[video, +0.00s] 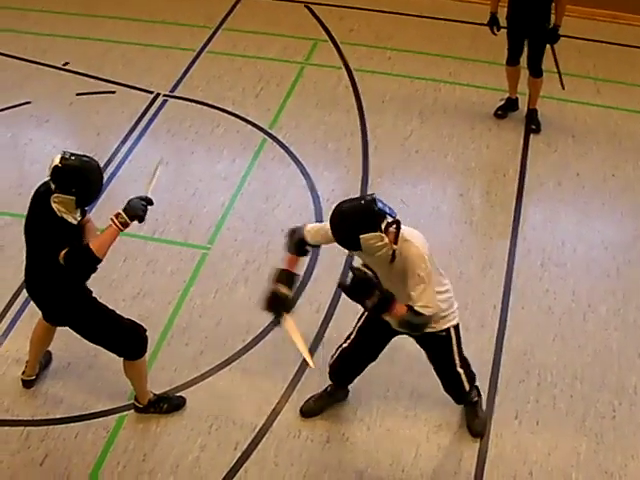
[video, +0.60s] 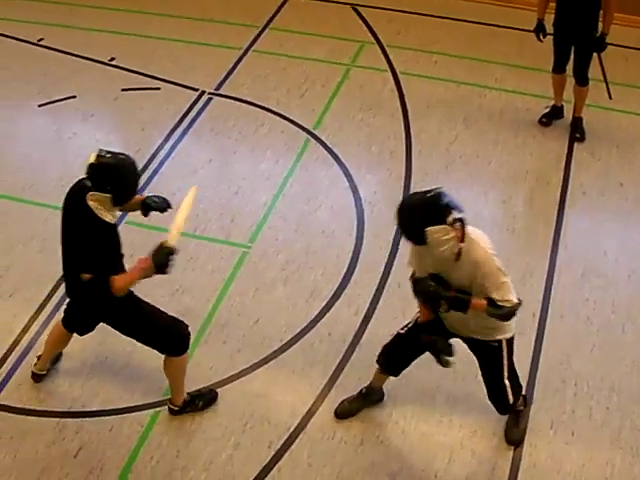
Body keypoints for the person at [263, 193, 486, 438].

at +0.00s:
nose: (357, 252)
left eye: (360, 247)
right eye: (354, 247)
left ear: (381, 236)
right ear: (357, 241)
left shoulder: (412, 250)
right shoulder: (358, 234)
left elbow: (422, 321)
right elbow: (299, 236)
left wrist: (380, 302)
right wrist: (284, 283)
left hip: (435, 317)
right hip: (389, 306)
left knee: (453, 373)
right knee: (346, 360)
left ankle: (471, 401)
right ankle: (336, 390)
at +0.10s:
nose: (345, 257)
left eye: (350, 252)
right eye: (344, 253)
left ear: (376, 241)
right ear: (343, 247)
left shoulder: (407, 253)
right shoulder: (345, 246)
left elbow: (442, 310)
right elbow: (286, 253)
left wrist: (401, 315)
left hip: (438, 311)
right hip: (397, 304)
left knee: (459, 374)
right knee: (348, 354)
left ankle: (479, 402)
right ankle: (341, 389)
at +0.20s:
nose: (351, 266)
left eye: (354, 259)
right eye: (349, 260)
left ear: (376, 248)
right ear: (350, 255)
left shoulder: (413, 255)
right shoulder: (343, 251)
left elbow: (462, 301)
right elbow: (287, 263)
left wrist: (421, 314)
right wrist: (239, 284)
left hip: (441, 309)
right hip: (396, 306)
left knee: (466, 377)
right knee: (352, 356)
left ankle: (489, 398)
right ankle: (347, 389)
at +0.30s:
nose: (349, 256)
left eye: (354, 251)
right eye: (348, 250)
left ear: (375, 246)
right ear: (364, 246)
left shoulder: (423, 253)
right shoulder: (358, 247)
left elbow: (471, 302)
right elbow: (323, 285)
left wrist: (428, 311)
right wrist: (294, 331)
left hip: (448, 319)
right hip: (398, 311)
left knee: (475, 390)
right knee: (353, 359)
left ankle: (498, 398)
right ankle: (352, 390)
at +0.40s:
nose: (375, 262)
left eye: (377, 257)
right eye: (372, 257)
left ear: (399, 247)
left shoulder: (439, 254)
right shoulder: (375, 253)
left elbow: (479, 306)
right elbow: (366, 304)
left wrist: (428, 307)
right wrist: (372, 334)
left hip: (460, 323)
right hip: (411, 315)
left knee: (484, 382)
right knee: (365, 356)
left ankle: (504, 401)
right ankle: (359, 390)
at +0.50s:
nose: (405, 261)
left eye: (409, 255)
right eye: (400, 257)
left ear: (430, 236)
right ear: (396, 252)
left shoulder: (457, 253)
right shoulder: (398, 258)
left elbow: (490, 307)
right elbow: (399, 301)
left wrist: (440, 302)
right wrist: (426, 340)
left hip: (475, 324)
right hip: (430, 317)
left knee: (494, 392)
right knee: (379, 354)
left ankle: (512, 404)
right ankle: (365, 391)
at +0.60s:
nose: (413, 243)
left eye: (415, 236)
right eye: (411, 237)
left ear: (432, 231)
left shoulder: (477, 251)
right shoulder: (421, 246)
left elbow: (507, 307)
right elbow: (422, 287)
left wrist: (456, 300)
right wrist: (429, 330)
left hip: (489, 330)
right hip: (444, 318)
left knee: (503, 401)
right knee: (394, 353)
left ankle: (519, 405)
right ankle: (373, 390)